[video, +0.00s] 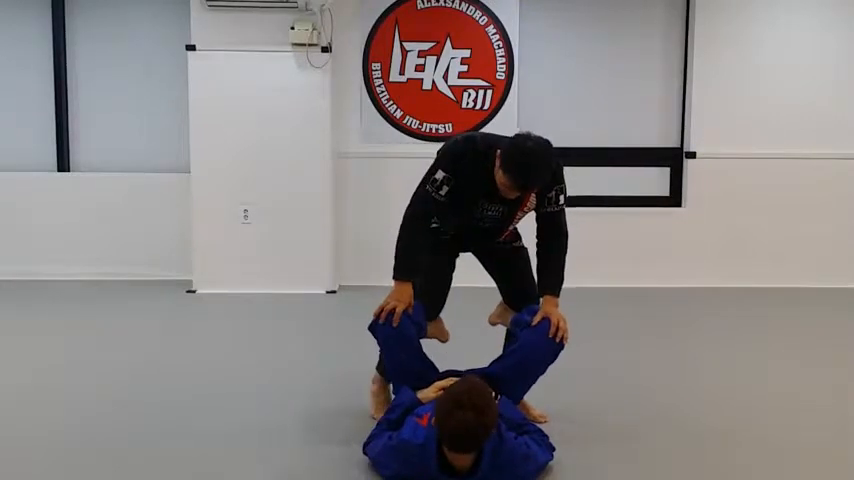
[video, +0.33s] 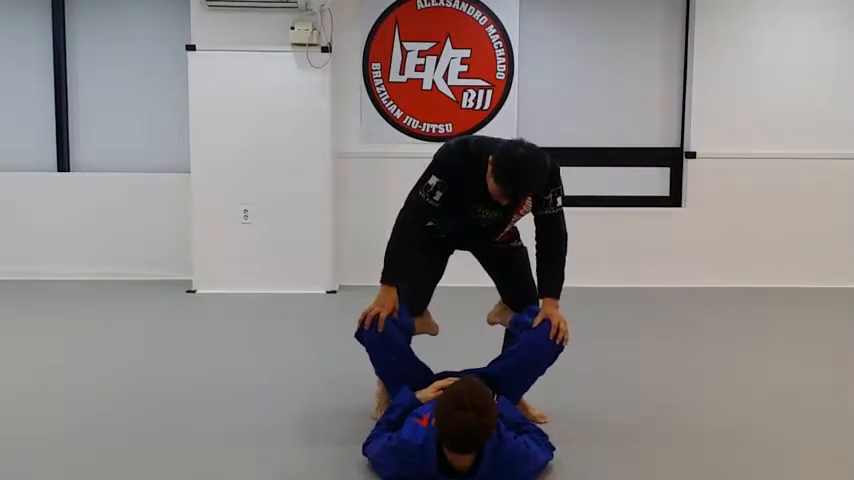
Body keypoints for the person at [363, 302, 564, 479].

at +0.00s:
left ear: (436, 422)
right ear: (494, 422)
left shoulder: (406, 451)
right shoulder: (515, 456)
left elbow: (374, 442)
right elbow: (540, 441)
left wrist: (415, 398)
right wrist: (503, 402)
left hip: (426, 390)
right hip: (494, 393)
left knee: (390, 320)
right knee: (550, 330)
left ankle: (427, 323)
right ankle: (509, 313)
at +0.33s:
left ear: (435, 419)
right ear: (495, 418)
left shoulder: (406, 452)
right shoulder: (515, 457)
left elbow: (373, 444)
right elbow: (540, 441)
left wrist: (413, 398)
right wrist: (504, 403)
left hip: (424, 394)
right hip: (492, 393)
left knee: (375, 325)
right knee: (550, 329)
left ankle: (417, 319)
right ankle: (508, 314)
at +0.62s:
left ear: (435, 418)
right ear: (495, 420)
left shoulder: (407, 452)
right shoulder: (515, 456)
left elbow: (373, 443)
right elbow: (540, 442)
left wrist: (414, 397)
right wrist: (503, 402)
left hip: (424, 394)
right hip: (492, 392)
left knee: (374, 325)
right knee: (549, 329)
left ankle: (419, 322)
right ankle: (508, 313)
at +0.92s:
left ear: (435, 421)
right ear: (496, 423)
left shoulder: (408, 451)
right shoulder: (514, 457)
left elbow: (374, 443)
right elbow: (541, 444)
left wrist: (414, 398)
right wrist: (505, 404)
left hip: (423, 395)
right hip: (492, 392)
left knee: (375, 326)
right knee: (546, 332)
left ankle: (419, 321)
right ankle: (510, 308)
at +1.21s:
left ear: (434, 420)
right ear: (495, 423)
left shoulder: (409, 451)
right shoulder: (514, 456)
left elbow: (374, 443)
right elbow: (541, 443)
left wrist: (413, 398)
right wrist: (504, 403)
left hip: (423, 394)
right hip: (492, 392)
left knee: (373, 325)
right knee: (543, 328)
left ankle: (419, 319)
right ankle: (508, 309)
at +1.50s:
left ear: (434, 419)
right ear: (494, 422)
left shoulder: (408, 451)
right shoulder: (514, 456)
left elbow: (374, 443)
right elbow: (540, 443)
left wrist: (413, 398)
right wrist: (507, 404)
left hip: (422, 396)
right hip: (490, 392)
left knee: (371, 327)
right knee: (543, 329)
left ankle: (417, 318)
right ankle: (509, 309)